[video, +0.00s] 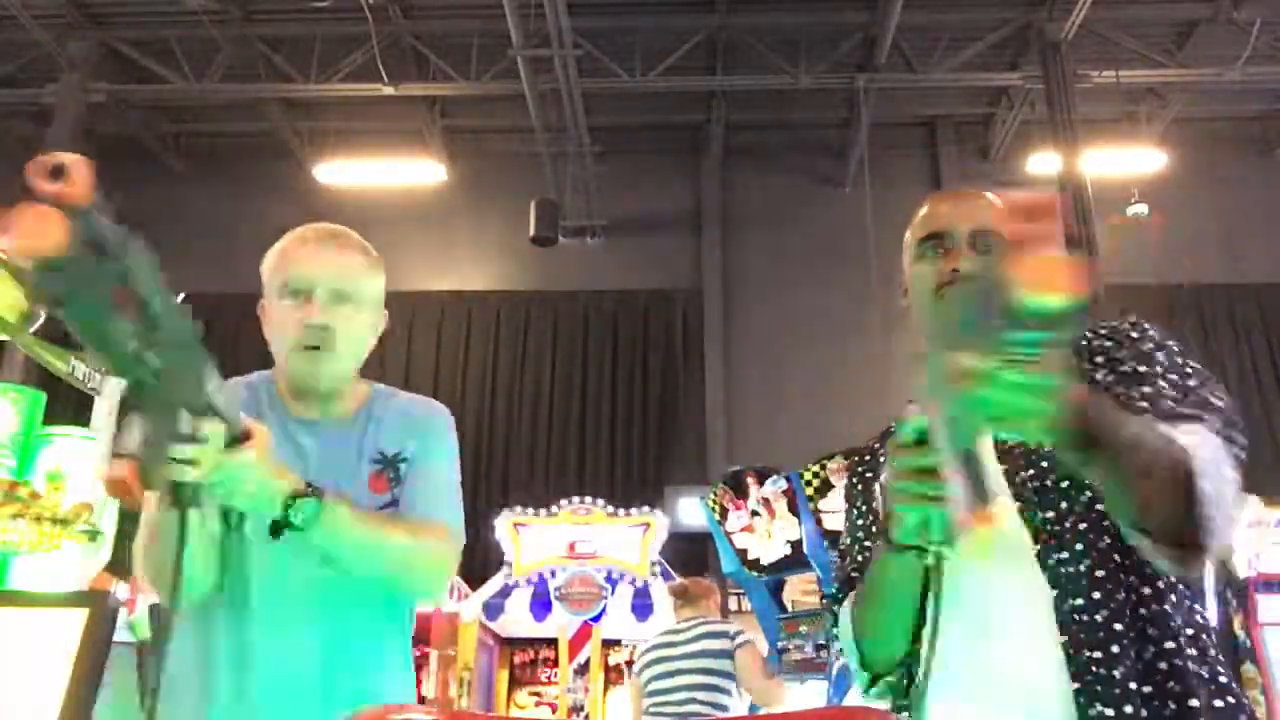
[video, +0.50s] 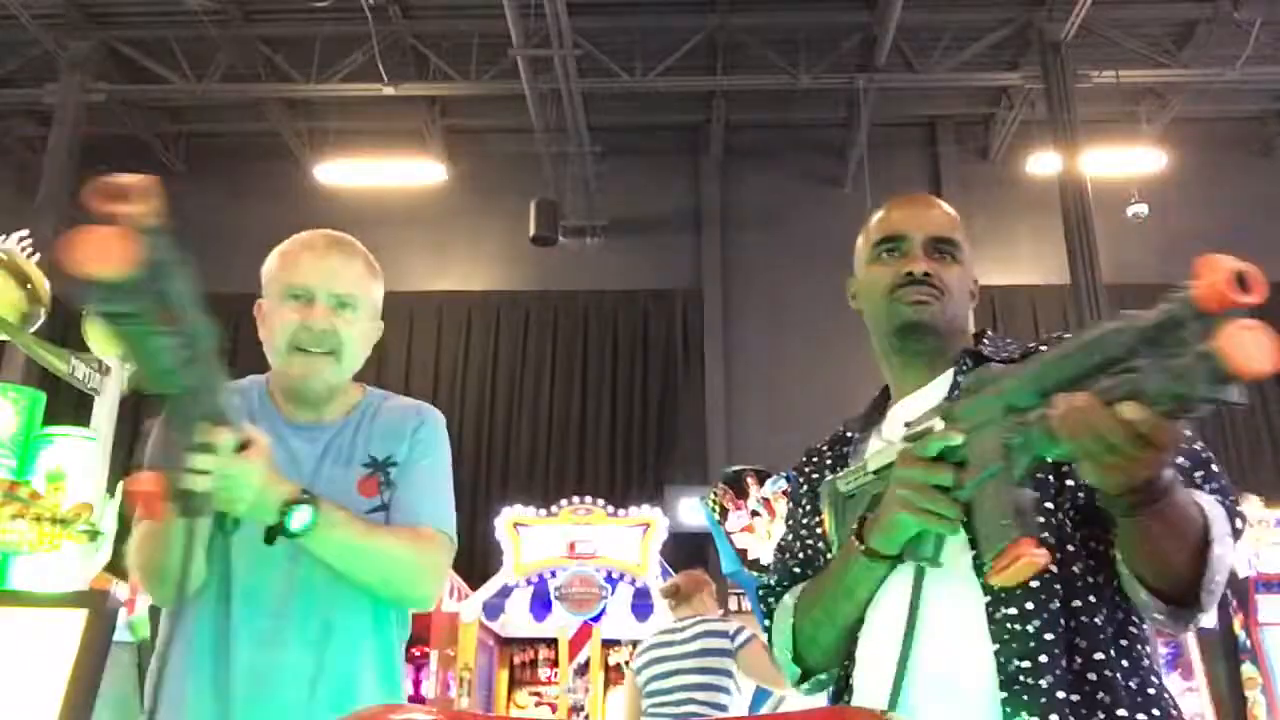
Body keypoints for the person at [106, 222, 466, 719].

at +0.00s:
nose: (316, 317)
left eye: (342, 299)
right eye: (297, 296)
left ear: (377, 325)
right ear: (264, 316)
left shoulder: (419, 426)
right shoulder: (208, 414)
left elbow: (431, 570)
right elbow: (171, 587)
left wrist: (284, 494)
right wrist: (171, 480)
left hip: (359, 707)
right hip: (212, 706)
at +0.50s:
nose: (318, 320)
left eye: (343, 305)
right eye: (298, 298)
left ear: (374, 332)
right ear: (260, 317)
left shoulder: (412, 429)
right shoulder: (198, 418)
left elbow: (423, 579)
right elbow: (161, 584)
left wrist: (278, 499)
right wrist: (194, 488)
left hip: (348, 708)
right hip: (197, 706)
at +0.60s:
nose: (333, 342)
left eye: (355, 326)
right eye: (317, 321)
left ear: (388, 338)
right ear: (275, 322)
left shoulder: (417, 437)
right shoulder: (208, 420)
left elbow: (448, 581)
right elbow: (199, 577)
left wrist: (343, 521)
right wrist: (258, 504)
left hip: (359, 710)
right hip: (210, 709)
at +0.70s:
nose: (336, 330)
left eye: (362, 315)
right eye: (317, 308)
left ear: (391, 338)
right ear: (278, 323)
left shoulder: (418, 439)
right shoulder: (215, 420)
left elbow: (452, 585)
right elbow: (212, 578)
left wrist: (372, 531)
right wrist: (289, 526)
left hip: (365, 710)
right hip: (219, 709)